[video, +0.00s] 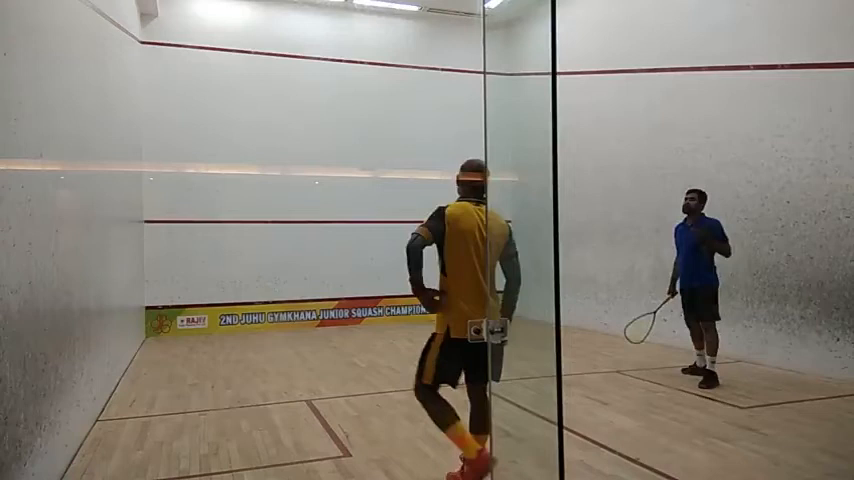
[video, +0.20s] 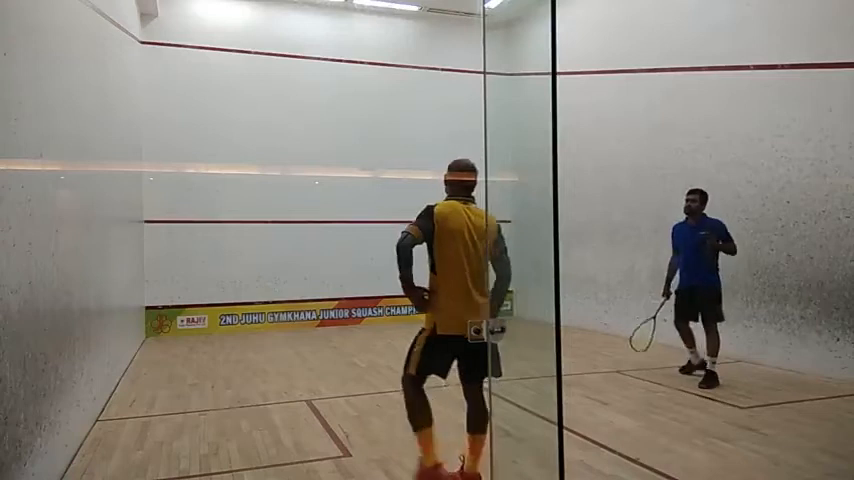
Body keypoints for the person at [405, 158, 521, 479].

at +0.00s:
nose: (464, 189)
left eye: (461, 184)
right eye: (473, 183)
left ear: (458, 185)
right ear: (486, 186)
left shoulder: (446, 214)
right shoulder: (500, 225)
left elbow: (414, 245)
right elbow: (514, 277)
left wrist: (421, 292)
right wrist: (504, 318)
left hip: (453, 326)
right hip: (489, 326)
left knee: (425, 388)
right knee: (479, 393)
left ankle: (474, 453)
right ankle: (476, 464)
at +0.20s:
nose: (448, 187)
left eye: (447, 182)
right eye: (457, 182)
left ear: (447, 183)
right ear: (475, 186)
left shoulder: (435, 213)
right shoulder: (489, 222)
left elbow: (404, 245)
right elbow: (504, 272)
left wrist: (410, 289)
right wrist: (490, 310)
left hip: (442, 324)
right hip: (478, 324)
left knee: (411, 381)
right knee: (474, 392)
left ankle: (430, 463)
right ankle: (473, 469)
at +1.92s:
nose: (403, 187)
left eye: (397, 181)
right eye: (414, 180)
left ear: (393, 183)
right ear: (423, 184)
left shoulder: (376, 217)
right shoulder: (440, 219)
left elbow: (339, 256)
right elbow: (467, 268)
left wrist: (359, 277)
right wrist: (439, 284)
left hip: (388, 330)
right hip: (428, 329)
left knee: (385, 408)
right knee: (429, 408)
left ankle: (393, 476)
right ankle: (423, 476)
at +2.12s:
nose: (384, 190)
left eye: (383, 185)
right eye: (391, 184)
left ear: (381, 188)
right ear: (410, 188)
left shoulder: (369, 222)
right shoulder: (429, 222)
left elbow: (344, 276)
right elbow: (457, 270)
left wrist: (363, 271)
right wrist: (425, 279)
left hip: (386, 330)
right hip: (425, 327)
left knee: (378, 406)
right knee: (429, 385)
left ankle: (390, 475)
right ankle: (432, 453)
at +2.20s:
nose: (380, 192)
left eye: (378, 187)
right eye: (386, 186)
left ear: (378, 190)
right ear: (407, 190)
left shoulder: (367, 224)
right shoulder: (427, 223)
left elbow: (347, 279)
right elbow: (453, 270)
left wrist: (362, 271)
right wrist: (421, 278)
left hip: (388, 331)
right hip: (426, 328)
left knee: (377, 405)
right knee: (424, 378)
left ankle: (390, 475)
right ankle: (436, 451)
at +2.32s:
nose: (373, 194)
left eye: (373, 189)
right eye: (378, 188)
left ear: (375, 192)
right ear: (402, 192)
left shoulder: (369, 224)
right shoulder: (423, 223)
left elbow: (354, 278)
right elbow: (447, 270)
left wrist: (365, 271)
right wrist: (415, 276)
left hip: (391, 331)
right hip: (427, 328)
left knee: (380, 403)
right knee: (426, 388)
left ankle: (391, 475)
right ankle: (428, 457)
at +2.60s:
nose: (378, 195)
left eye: (379, 190)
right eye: (383, 188)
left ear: (381, 193)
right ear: (406, 193)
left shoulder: (378, 222)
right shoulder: (425, 224)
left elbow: (366, 273)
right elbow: (443, 269)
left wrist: (360, 274)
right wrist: (413, 274)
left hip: (400, 326)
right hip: (432, 323)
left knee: (392, 395)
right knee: (425, 385)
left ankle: (405, 474)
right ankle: (425, 459)